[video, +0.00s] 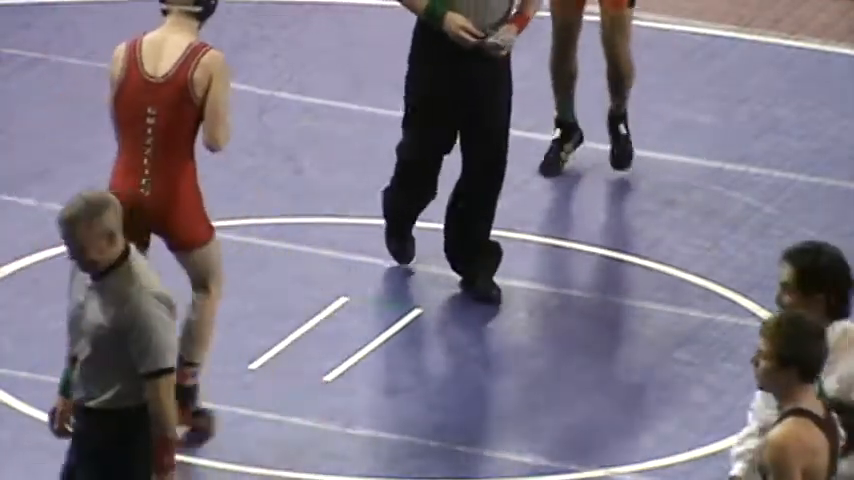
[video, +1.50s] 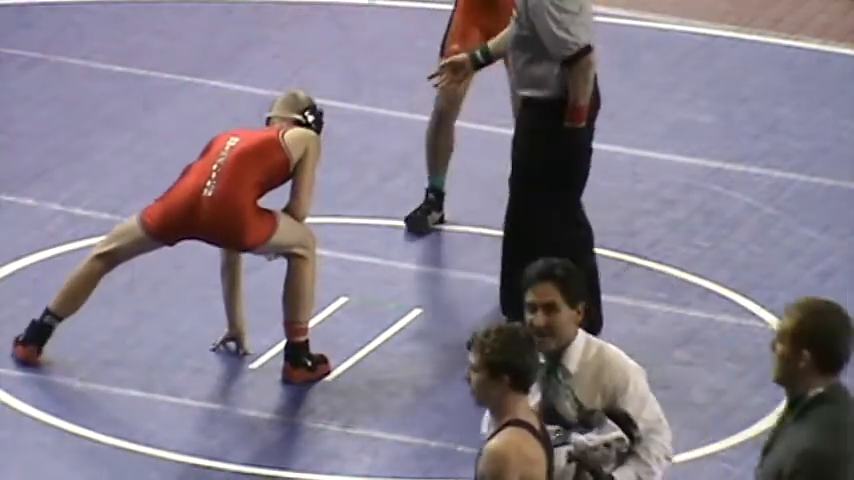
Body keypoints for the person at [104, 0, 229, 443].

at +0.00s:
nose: (203, 13)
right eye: (209, 9)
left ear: (164, 6)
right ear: (207, 10)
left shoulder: (125, 52)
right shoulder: (210, 61)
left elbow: (119, 118)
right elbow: (216, 139)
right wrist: (204, 96)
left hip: (123, 192)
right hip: (175, 199)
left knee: (113, 292)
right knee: (207, 287)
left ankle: (93, 390)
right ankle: (184, 396)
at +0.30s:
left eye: (261, 22)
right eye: (298, 31)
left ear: (254, 28)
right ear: (298, 34)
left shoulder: (210, 72)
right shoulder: (300, 98)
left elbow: (193, 137)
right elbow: (292, 177)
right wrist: (279, 142)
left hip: (185, 213)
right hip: (242, 220)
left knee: (145, 295)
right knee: (286, 267)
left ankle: (116, 369)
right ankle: (296, 358)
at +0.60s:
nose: (286, 84)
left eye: (288, 80)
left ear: (288, 82)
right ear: (327, 98)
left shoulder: (251, 100)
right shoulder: (329, 126)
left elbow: (228, 152)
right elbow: (313, 206)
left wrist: (261, 187)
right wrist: (274, 201)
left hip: (202, 200)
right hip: (259, 216)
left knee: (129, 266)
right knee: (315, 249)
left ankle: (57, 333)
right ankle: (299, 357)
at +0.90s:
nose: (313, 144)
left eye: (313, 139)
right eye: (315, 137)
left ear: (273, 120)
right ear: (308, 127)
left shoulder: (234, 139)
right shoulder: (307, 137)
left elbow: (231, 252)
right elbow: (304, 218)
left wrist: (238, 329)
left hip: (182, 217)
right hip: (241, 227)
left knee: (110, 260)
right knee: (309, 246)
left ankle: (45, 342)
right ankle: (299, 359)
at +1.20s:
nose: (319, 140)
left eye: (318, 135)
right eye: (320, 133)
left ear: (276, 120)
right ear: (311, 125)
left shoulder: (236, 139)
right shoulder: (310, 136)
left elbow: (231, 255)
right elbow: (306, 214)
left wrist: (236, 330)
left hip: (183, 209)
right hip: (240, 221)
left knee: (111, 257)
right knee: (309, 245)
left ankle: (43, 340)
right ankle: (299, 359)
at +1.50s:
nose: (315, 139)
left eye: (315, 134)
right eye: (316, 132)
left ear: (272, 119)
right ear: (308, 124)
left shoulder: (230, 139)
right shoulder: (306, 138)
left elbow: (231, 252)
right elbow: (298, 213)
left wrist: (236, 330)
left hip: (175, 211)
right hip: (233, 221)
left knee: (103, 256)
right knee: (304, 244)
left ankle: (33, 339)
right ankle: (298, 359)